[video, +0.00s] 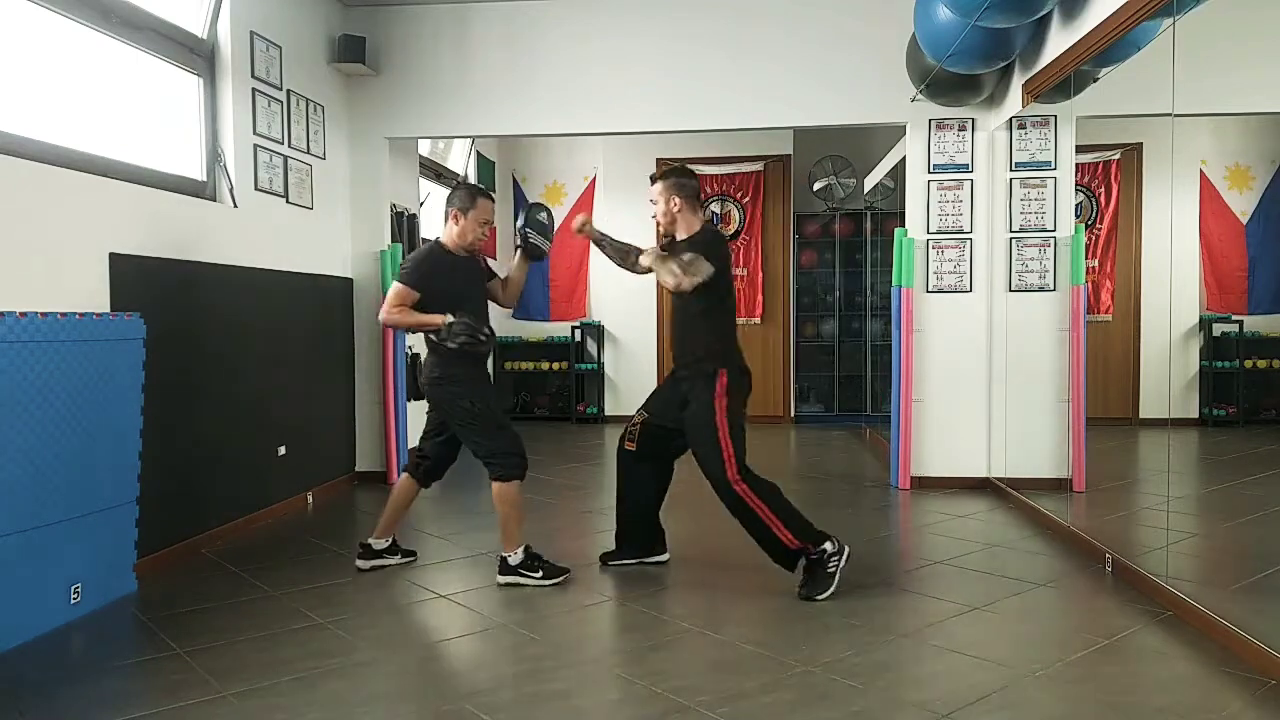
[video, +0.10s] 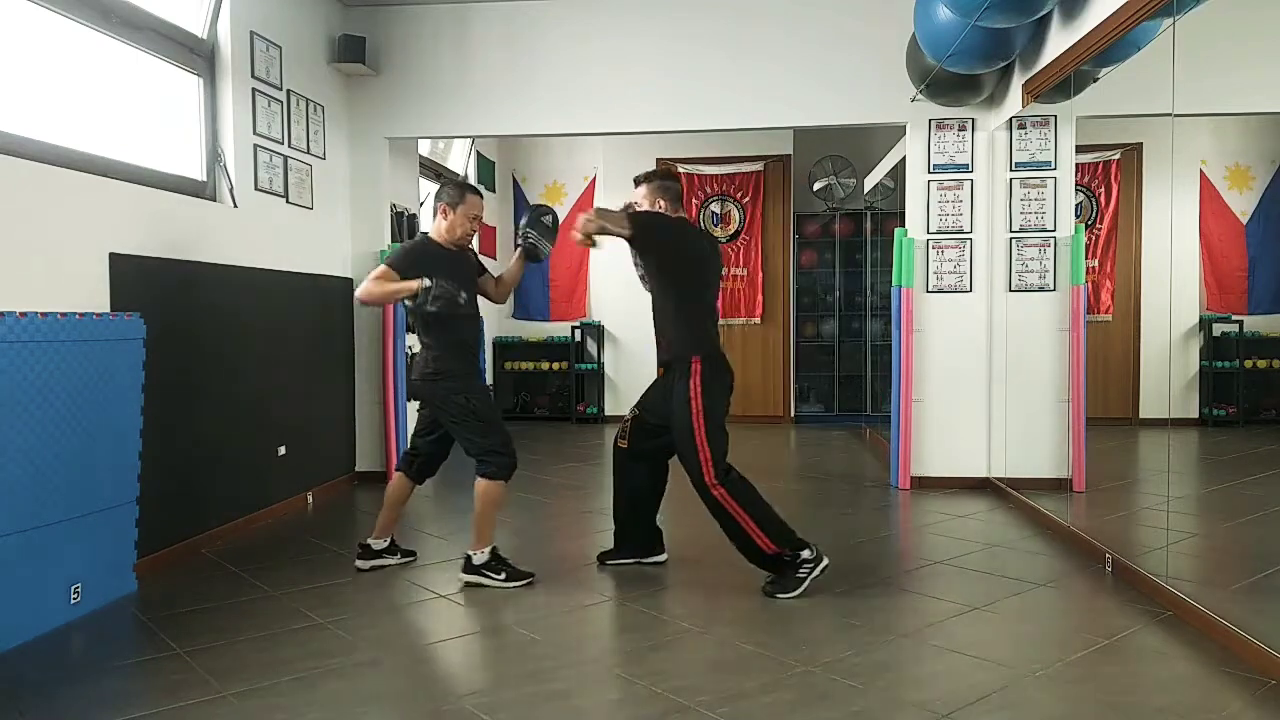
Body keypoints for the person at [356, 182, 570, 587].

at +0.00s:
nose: (488, 232)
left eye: (490, 225)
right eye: (483, 223)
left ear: (464, 222)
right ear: (456, 218)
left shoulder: (474, 262)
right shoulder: (425, 260)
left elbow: (507, 298)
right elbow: (390, 313)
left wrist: (526, 253)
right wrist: (443, 321)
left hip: (466, 376)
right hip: (450, 377)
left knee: (424, 463)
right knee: (507, 458)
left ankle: (377, 544)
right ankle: (514, 558)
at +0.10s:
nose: (476, 227)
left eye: (479, 220)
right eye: (471, 218)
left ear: (465, 218)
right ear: (444, 213)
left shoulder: (464, 258)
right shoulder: (419, 251)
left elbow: (498, 292)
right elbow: (366, 292)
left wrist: (524, 252)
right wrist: (417, 287)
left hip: (455, 376)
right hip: (446, 378)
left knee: (417, 460)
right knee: (497, 458)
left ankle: (377, 545)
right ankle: (481, 558)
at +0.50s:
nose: (455, 227)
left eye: (457, 220)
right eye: (452, 218)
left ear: (422, 211)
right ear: (427, 209)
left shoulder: (400, 245)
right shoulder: (419, 242)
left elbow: (457, 282)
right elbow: (447, 272)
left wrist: (480, 251)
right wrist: (483, 236)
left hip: (391, 366)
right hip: (421, 367)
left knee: (379, 456)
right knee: (457, 460)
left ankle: (349, 542)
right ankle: (458, 561)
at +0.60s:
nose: (445, 224)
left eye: (447, 218)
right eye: (443, 217)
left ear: (414, 211)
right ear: (422, 210)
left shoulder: (389, 245)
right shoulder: (414, 232)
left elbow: (409, 293)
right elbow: (445, 222)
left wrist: (446, 272)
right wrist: (488, 186)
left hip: (373, 363)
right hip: (407, 361)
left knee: (366, 456)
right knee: (442, 460)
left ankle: (347, 543)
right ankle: (435, 561)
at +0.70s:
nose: (439, 218)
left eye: (441, 211)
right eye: (436, 210)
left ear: (406, 209)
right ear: (414, 207)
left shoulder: (385, 245)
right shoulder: (409, 230)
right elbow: (454, 191)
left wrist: (436, 275)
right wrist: (501, 163)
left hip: (369, 361)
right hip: (397, 361)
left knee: (368, 455)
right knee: (431, 459)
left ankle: (343, 541)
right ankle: (423, 561)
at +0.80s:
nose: (432, 218)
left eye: (434, 212)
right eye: (427, 210)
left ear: (428, 213)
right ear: (407, 208)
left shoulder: (389, 247)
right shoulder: (392, 234)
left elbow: (401, 304)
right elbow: (396, 205)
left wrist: (438, 282)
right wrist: (444, 174)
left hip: (370, 362)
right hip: (396, 362)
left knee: (368, 455)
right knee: (430, 458)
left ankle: (343, 543)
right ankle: (424, 560)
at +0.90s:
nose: (418, 221)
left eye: (421, 215)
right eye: (412, 213)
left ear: (399, 213)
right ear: (386, 208)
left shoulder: (400, 250)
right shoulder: (375, 235)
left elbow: (424, 301)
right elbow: (361, 258)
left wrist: (451, 265)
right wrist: (421, 238)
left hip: (380, 366)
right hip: (392, 367)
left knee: (375, 455)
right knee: (428, 457)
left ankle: (342, 541)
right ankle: (410, 561)